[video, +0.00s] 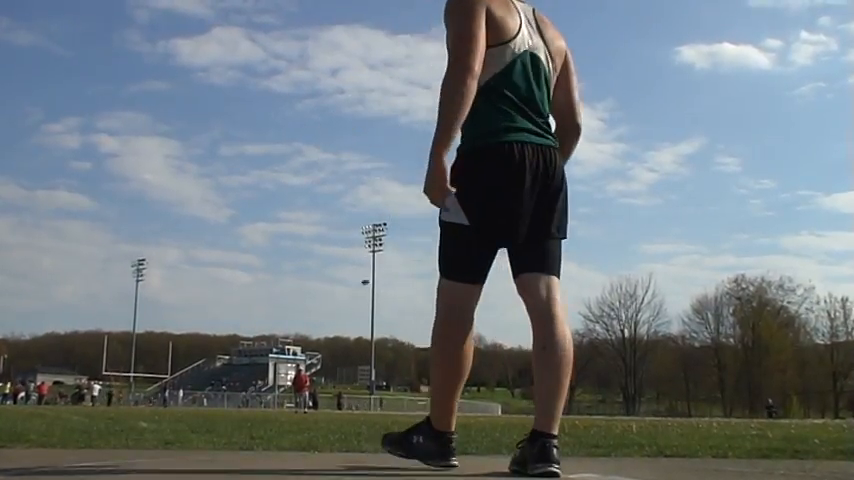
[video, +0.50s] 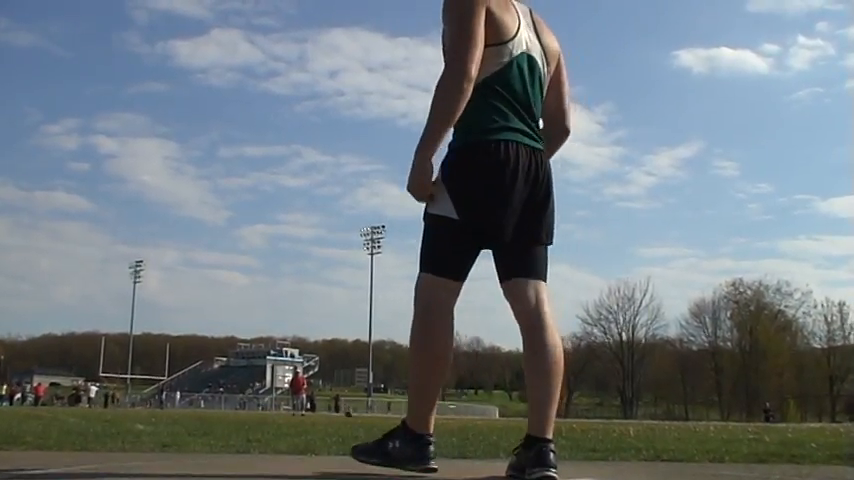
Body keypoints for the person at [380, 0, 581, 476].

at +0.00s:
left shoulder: (472, 4)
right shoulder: (550, 30)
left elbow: (465, 72)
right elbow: (571, 123)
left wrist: (437, 158)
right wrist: (543, 172)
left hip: (487, 165)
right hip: (546, 170)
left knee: (456, 305)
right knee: (547, 301)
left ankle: (438, 434)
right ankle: (544, 444)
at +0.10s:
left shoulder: (479, 2)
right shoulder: (555, 26)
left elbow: (474, 64)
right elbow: (577, 119)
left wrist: (446, 147)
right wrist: (548, 168)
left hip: (492, 157)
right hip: (550, 165)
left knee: (460, 299)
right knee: (548, 302)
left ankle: (450, 433)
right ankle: (545, 444)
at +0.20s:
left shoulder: (482, 2)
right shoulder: (559, 26)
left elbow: (477, 64)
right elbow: (579, 118)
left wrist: (448, 145)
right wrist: (549, 165)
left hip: (492, 154)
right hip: (550, 162)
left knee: (459, 298)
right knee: (548, 301)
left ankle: (454, 434)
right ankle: (544, 445)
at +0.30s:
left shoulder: (482, 3)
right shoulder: (558, 28)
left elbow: (474, 66)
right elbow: (577, 119)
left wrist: (444, 148)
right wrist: (544, 164)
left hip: (490, 155)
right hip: (548, 164)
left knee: (454, 295)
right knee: (546, 300)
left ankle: (448, 435)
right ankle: (543, 445)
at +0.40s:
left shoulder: (476, 4)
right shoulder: (555, 30)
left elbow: (469, 70)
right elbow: (571, 120)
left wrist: (435, 153)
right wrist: (535, 165)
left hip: (483, 158)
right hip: (541, 167)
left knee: (446, 295)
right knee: (540, 301)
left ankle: (433, 435)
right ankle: (541, 447)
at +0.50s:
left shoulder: (471, 4)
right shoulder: (546, 33)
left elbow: (461, 75)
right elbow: (559, 125)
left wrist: (422, 157)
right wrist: (519, 167)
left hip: (476, 164)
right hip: (532, 174)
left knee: (434, 297)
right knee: (534, 307)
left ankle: (414, 436)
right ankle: (540, 447)